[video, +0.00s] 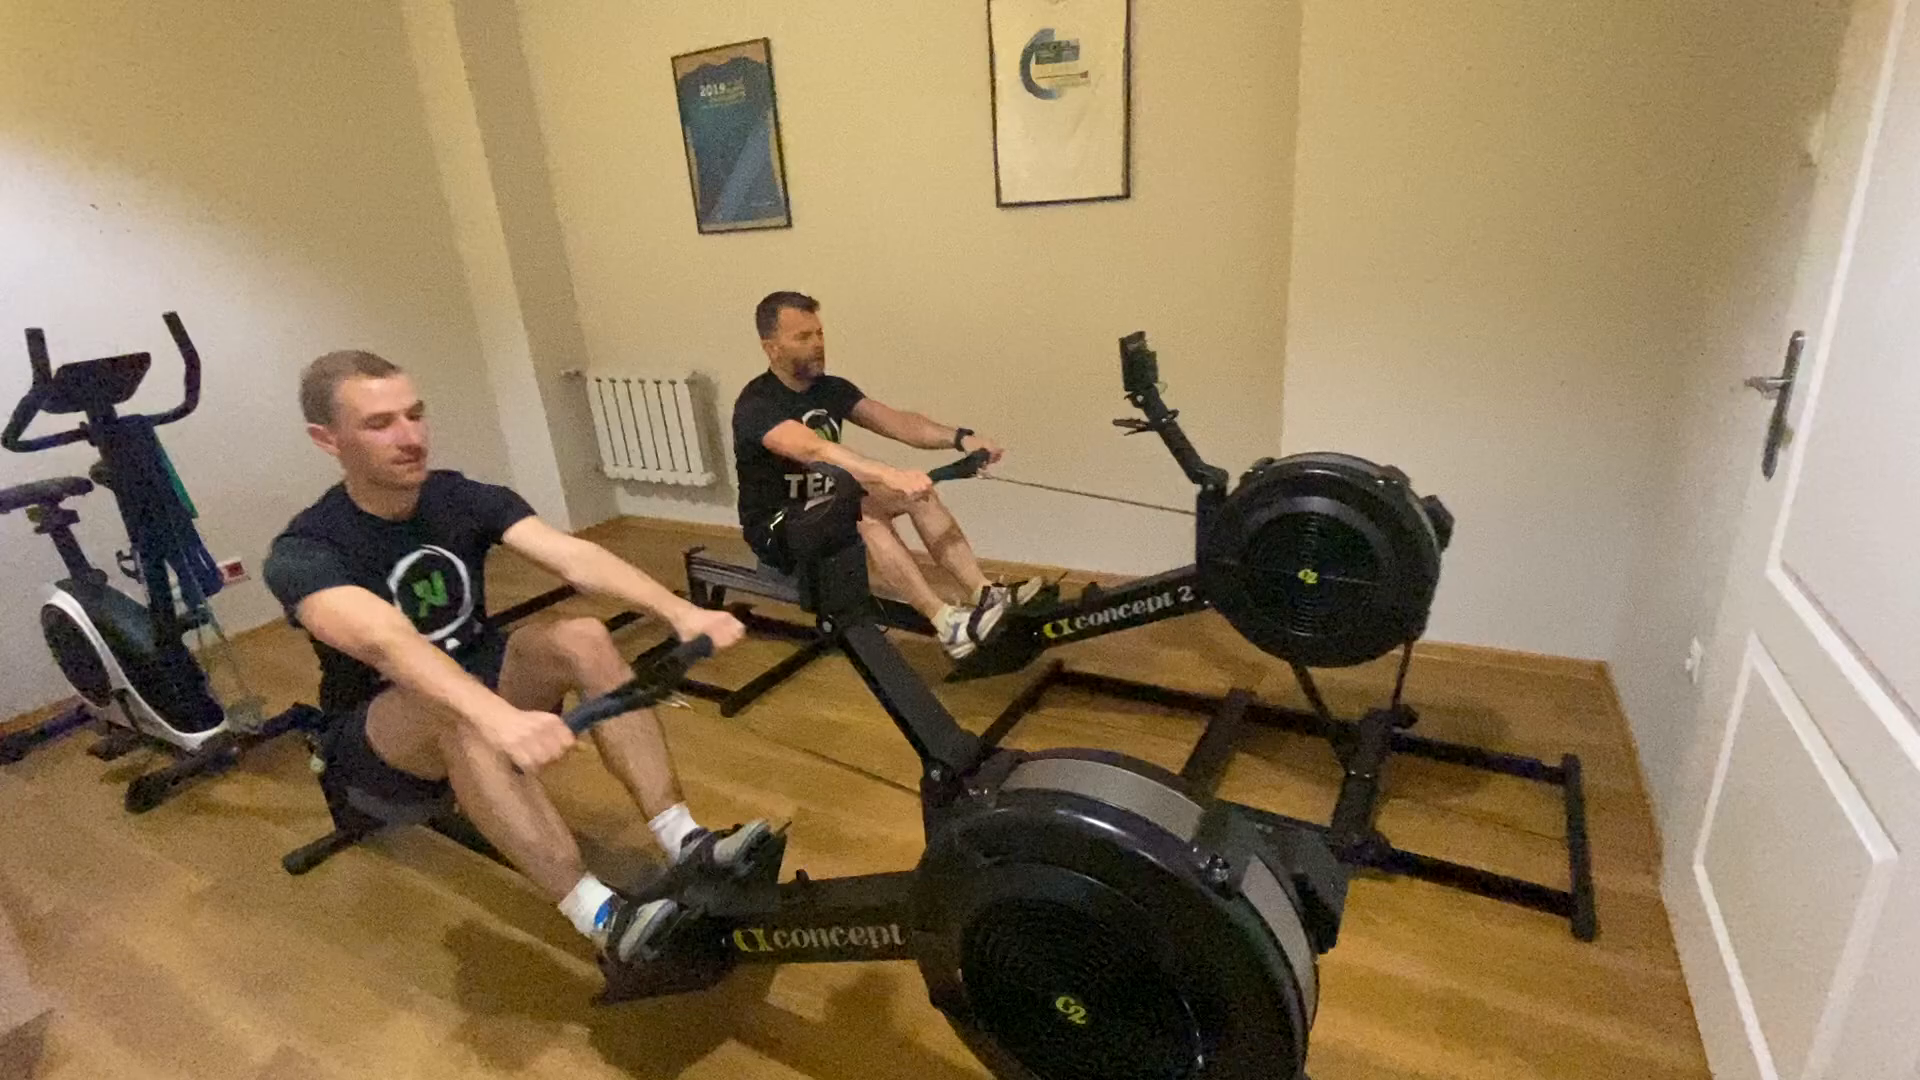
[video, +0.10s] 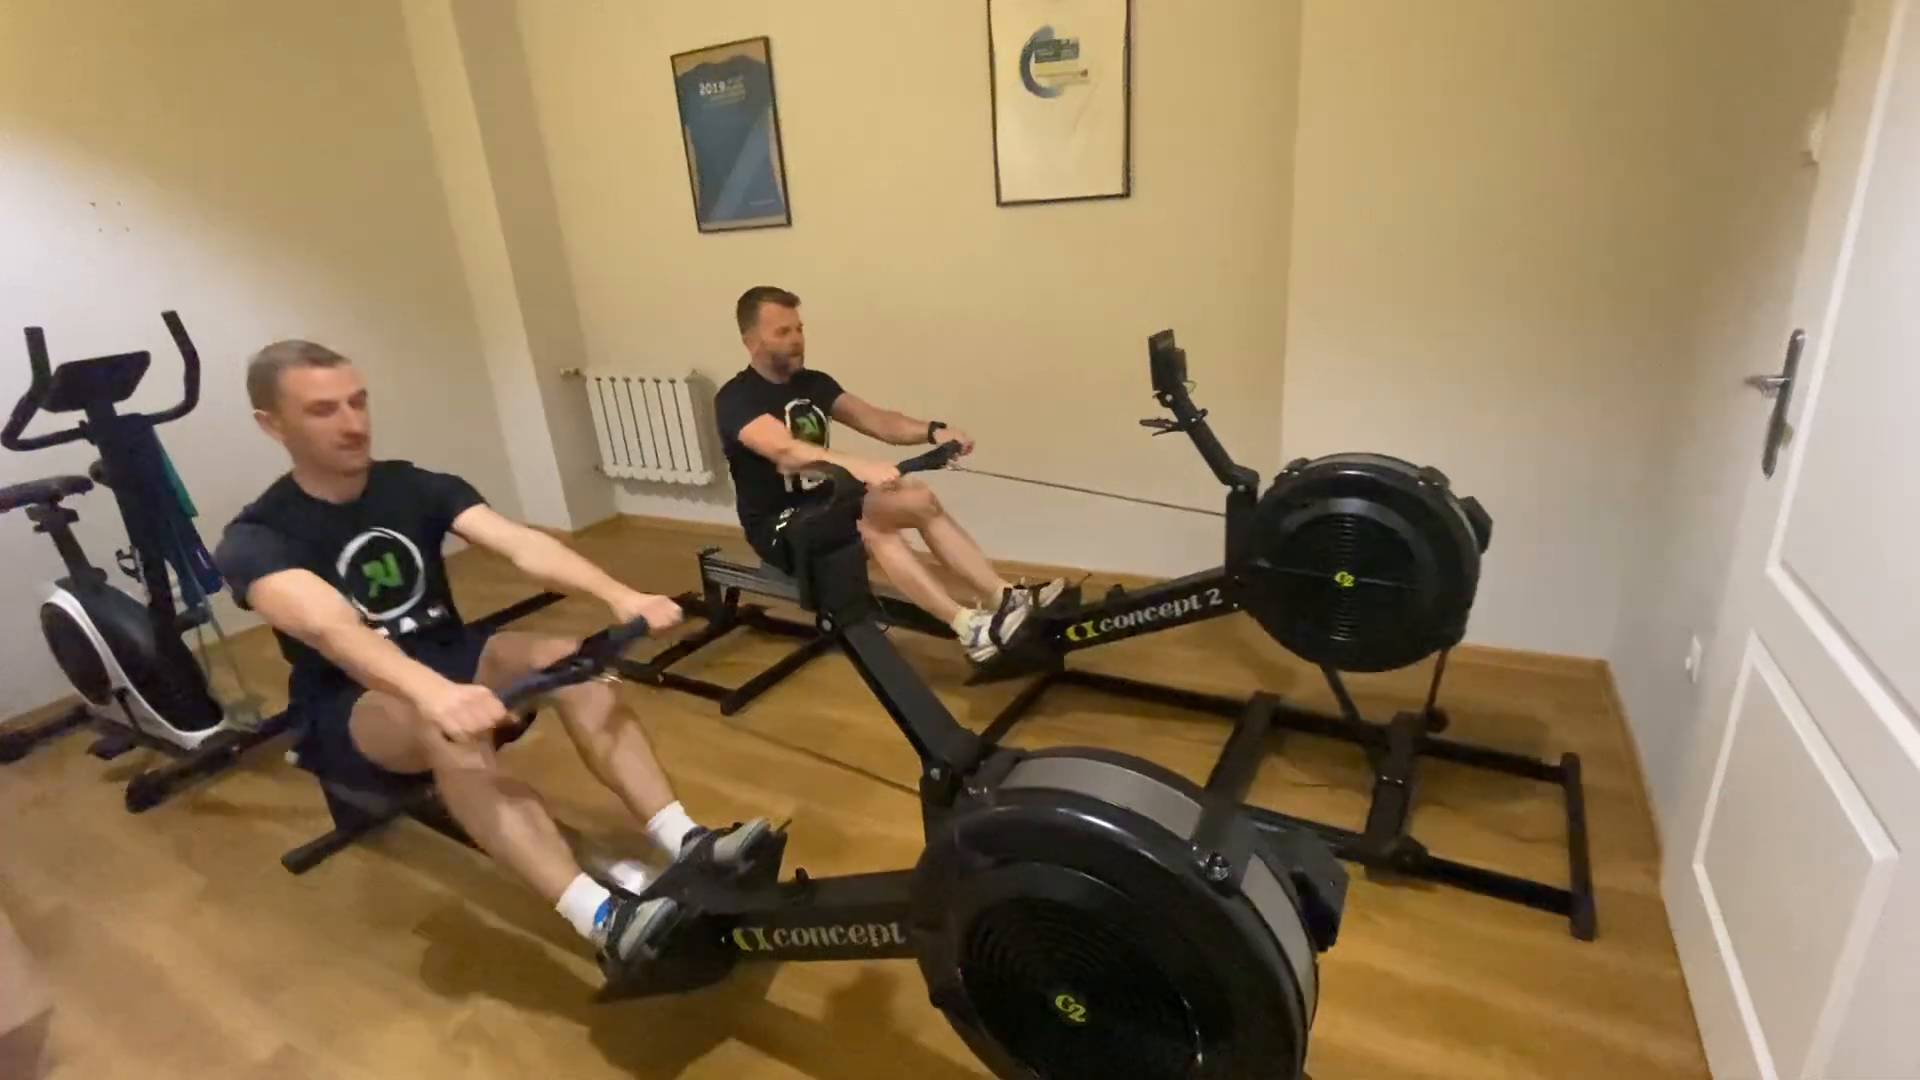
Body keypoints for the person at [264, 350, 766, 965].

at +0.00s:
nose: (409, 436)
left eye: (414, 414)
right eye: (380, 424)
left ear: (425, 413)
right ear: (328, 440)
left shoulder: (458, 499)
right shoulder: (303, 554)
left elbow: (572, 557)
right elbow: (387, 641)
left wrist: (680, 610)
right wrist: (496, 718)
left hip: (475, 682)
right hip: (371, 731)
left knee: (585, 638)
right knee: (463, 716)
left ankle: (688, 847)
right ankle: (605, 918)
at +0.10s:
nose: (353, 423)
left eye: (358, 403)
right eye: (325, 411)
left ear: (368, 401)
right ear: (273, 426)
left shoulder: (410, 486)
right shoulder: (256, 540)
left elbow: (520, 544)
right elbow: (335, 630)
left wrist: (622, 596)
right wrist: (437, 693)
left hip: (450, 658)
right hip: (352, 699)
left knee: (568, 659)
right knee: (449, 727)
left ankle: (688, 843)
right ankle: (604, 920)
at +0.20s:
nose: (315, 418)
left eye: (320, 398)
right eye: (289, 408)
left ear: (329, 394)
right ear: (236, 422)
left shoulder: (379, 482)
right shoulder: (223, 532)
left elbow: (484, 545)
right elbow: (280, 633)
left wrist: (568, 584)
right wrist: (377, 679)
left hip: (428, 656)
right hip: (328, 695)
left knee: (555, 683)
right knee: (437, 731)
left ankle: (688, 844)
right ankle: (601, 919)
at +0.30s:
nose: (278, 427)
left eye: (283, 406)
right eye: (252, 416)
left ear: (295, 399)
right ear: (203, 426)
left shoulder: (349, 484)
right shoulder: (189, 535)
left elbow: (446, 552)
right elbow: (220, 652)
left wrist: (507, 573)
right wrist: (311, 670)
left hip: (402, 653)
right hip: (304, 696)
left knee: (527, 705)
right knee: (426, 753)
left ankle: (687, 842)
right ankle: (599, 920)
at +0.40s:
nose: (261, 436)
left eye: (266, 415)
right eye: (236, 427)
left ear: (276, 407)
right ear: (189, 437)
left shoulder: (334, 492)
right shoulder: (177, 541)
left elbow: (424, 562)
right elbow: (176, 672)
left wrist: (452, 565)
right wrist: (261, 667)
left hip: (395, 646)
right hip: (303, 689)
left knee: (520, 721)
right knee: (429, 772)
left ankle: (688, 841)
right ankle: (605, 922)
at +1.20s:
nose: (319, 416)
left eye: (324, 395)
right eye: (292, 404)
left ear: (332, 393)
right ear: (238, 416)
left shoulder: (377, 479)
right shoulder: (218, 520)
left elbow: (481, 543)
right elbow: (211, 662)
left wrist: (548, 585)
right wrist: (332, 704)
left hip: (422, 651)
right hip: (327, 690)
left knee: (539, 677)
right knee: (440, 730)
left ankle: (691, 827)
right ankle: (605, 902)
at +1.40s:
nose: (367, 424)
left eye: (372, 402)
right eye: (339, 411)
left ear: (382, 398)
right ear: (287, 423)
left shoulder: (416, 479)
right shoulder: (260, 526)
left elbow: (535, 550)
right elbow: (276, 666)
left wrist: (612, 603)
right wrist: (396, 729)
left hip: (444, 644)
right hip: (353, 682)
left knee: (569, 656)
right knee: (443, 724)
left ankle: (692, 824)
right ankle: (608, 898)